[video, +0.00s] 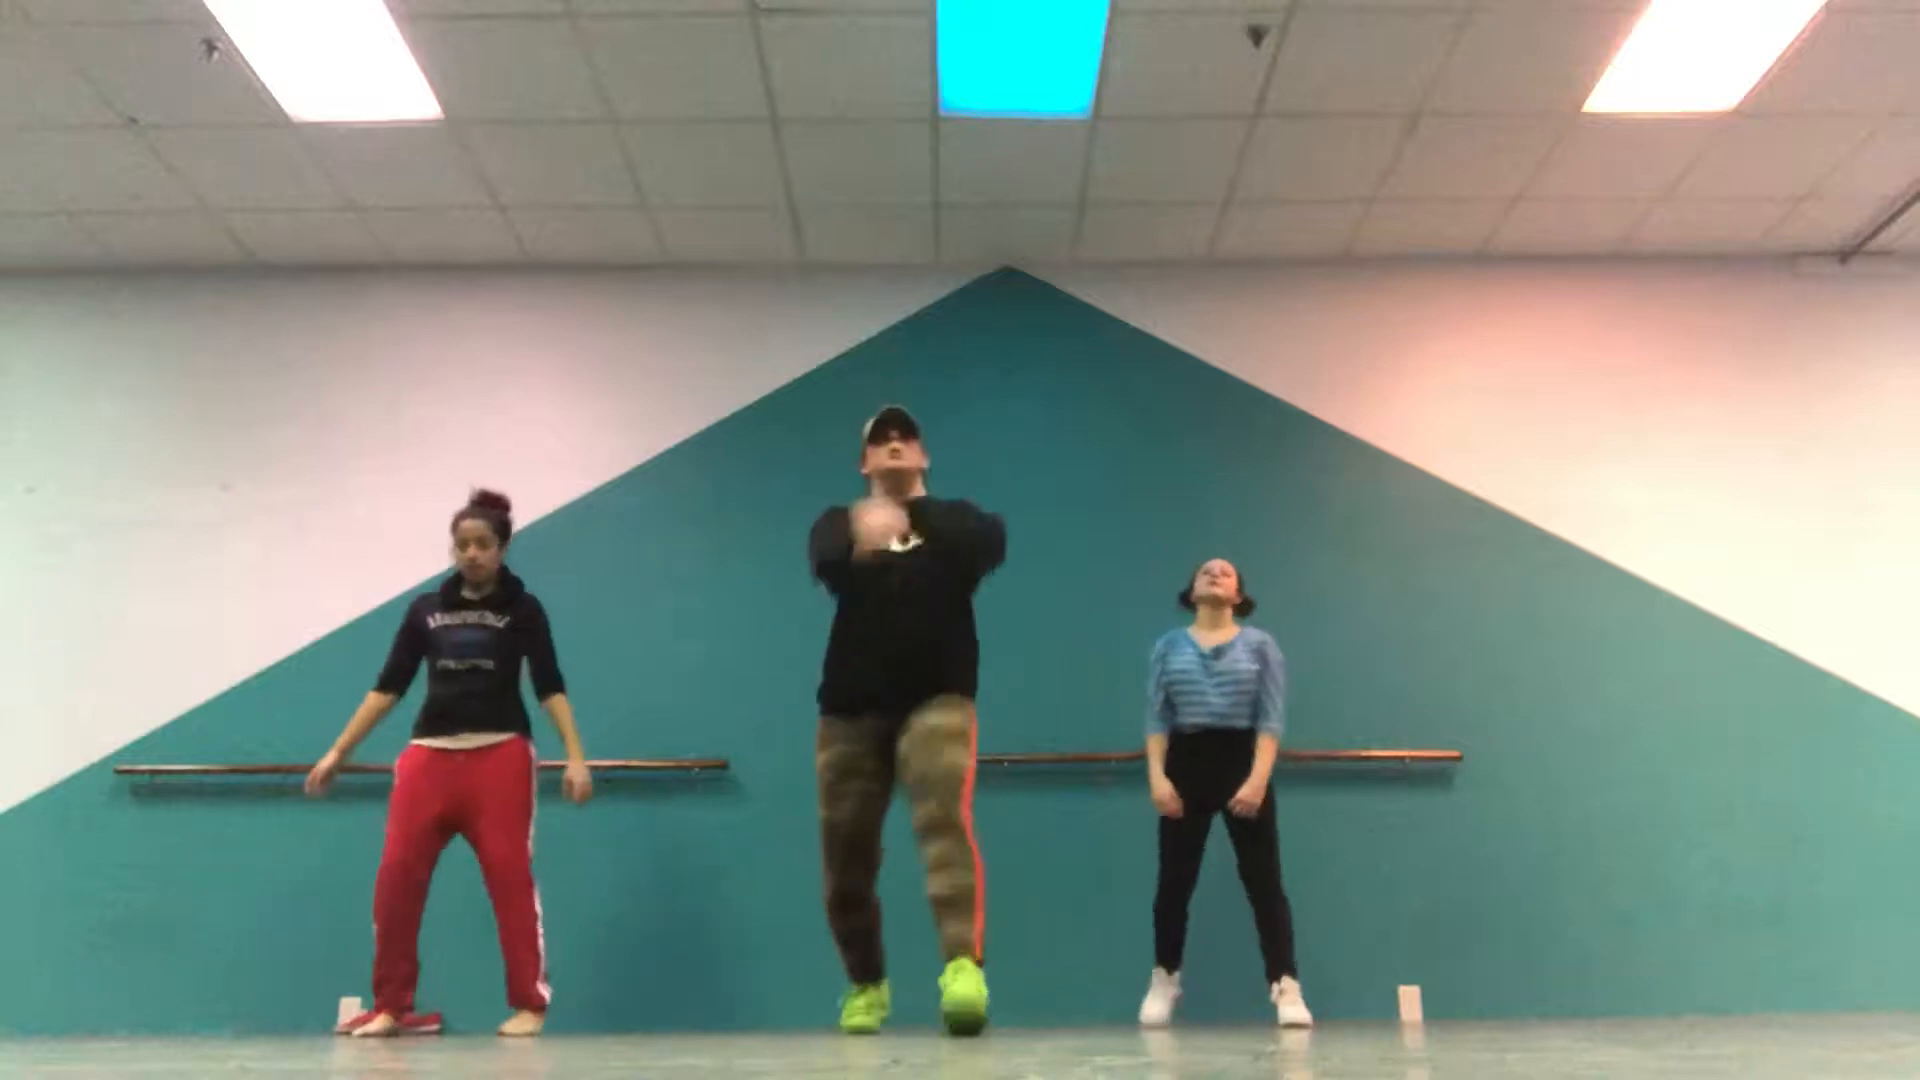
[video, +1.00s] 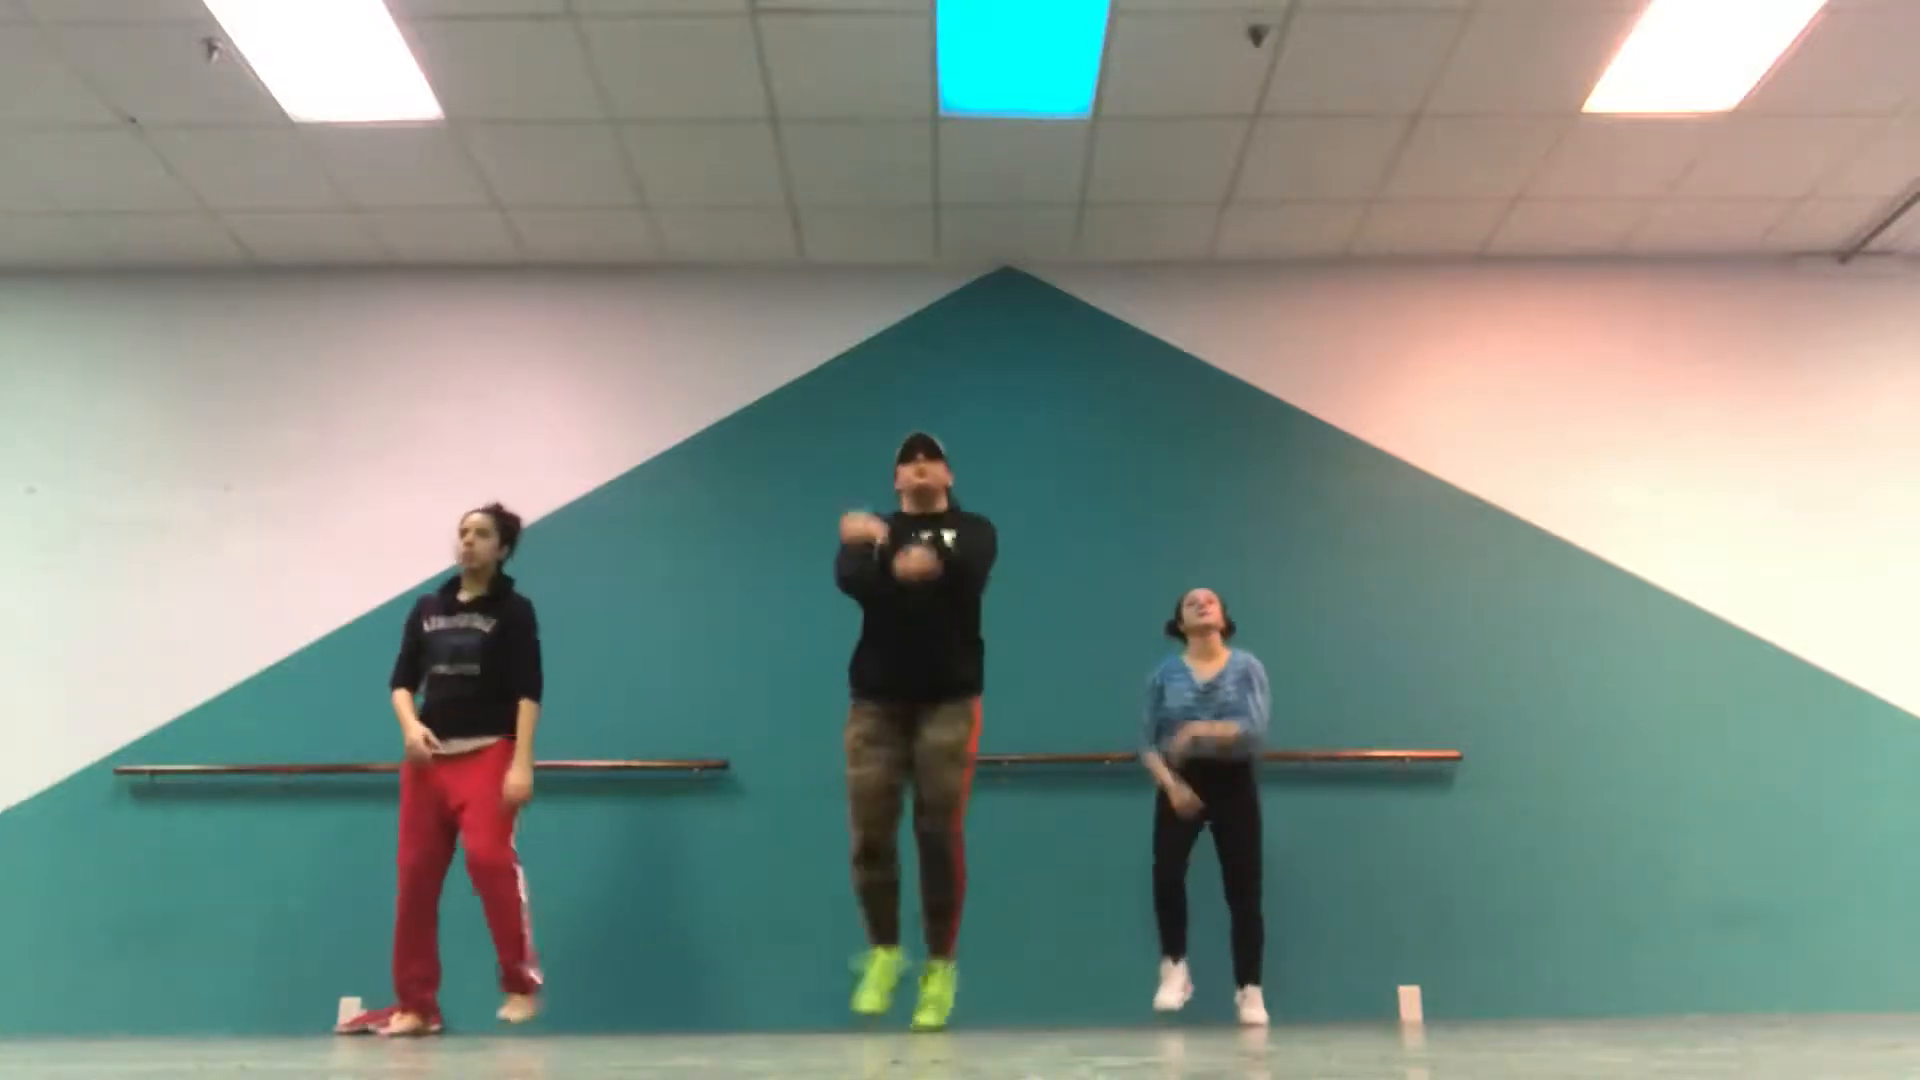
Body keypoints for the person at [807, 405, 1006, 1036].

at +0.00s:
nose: (895, 447)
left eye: (905, 440)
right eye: (883, 442)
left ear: (924, 458)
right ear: (865, 464)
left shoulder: (953, 514)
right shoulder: (843, 520)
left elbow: (988, 543)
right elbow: (824, 552)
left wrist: (913, 515)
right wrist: (861, 532)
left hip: (937, 691)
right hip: (853, 696)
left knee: (942, 821)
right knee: (845, 842)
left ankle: (962, 964)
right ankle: (865, 983)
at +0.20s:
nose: (882, 447)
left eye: (892, 439)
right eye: (871, 442)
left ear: (911, 455)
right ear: (855, 460)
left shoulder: (949, 525)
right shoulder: (827, 529)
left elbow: (973, 614)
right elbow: (802, 619)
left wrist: (983, 694)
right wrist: (792, 705)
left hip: (931, 698)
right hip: (847, 702)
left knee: (940, 825)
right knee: (851, 844)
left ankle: (956, 967)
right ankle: (867, 984)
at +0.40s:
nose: (892, 445)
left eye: (903, 438)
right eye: (881, 440)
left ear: (921, 457)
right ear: (865, 459)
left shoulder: (954, 522)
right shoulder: (834, 521)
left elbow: (1001, 600)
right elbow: (783, 597)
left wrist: (1047, 667)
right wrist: (735, 666)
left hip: (936, 699)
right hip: (853, 700)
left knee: (941, 840)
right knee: (859, 843)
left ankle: (934, 955)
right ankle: (866, 981)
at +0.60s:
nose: (911, 475)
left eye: (921, 468)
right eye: (900, 470)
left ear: (940, 487)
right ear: (885, 489)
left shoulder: (971, 557)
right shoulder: (851, 548)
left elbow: (1022, 624)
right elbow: (786, 607)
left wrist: (1073, 684)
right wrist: (727, 662)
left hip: (940, 724)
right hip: (864, 720)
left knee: (933, 857)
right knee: (867, 849)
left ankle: (930, 985)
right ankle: (867, 983)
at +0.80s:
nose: (929, 499)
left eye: (939, 490)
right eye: (918, 493)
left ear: (957, 508)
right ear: (903, 512)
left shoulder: (984, 577)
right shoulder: (872, 570)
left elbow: (981, 653)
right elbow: (850, 651)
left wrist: (950, 702)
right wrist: (855, 720)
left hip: (941, 726)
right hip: (870, 724)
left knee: (942, 862)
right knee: (864, 853)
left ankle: (930, 988)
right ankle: (862, 977)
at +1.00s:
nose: (919, 468)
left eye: (930, 460)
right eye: (909, 461)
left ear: (948, 475)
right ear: (895, 476)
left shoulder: (972, 529)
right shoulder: (871, 528)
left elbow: (958, 565)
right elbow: (850, 574)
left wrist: (869, 538)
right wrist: (898, 561)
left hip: (948, 699)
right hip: (876, 698)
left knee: (938, 830)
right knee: (869, 833)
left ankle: (939, 963)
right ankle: (882, 952)